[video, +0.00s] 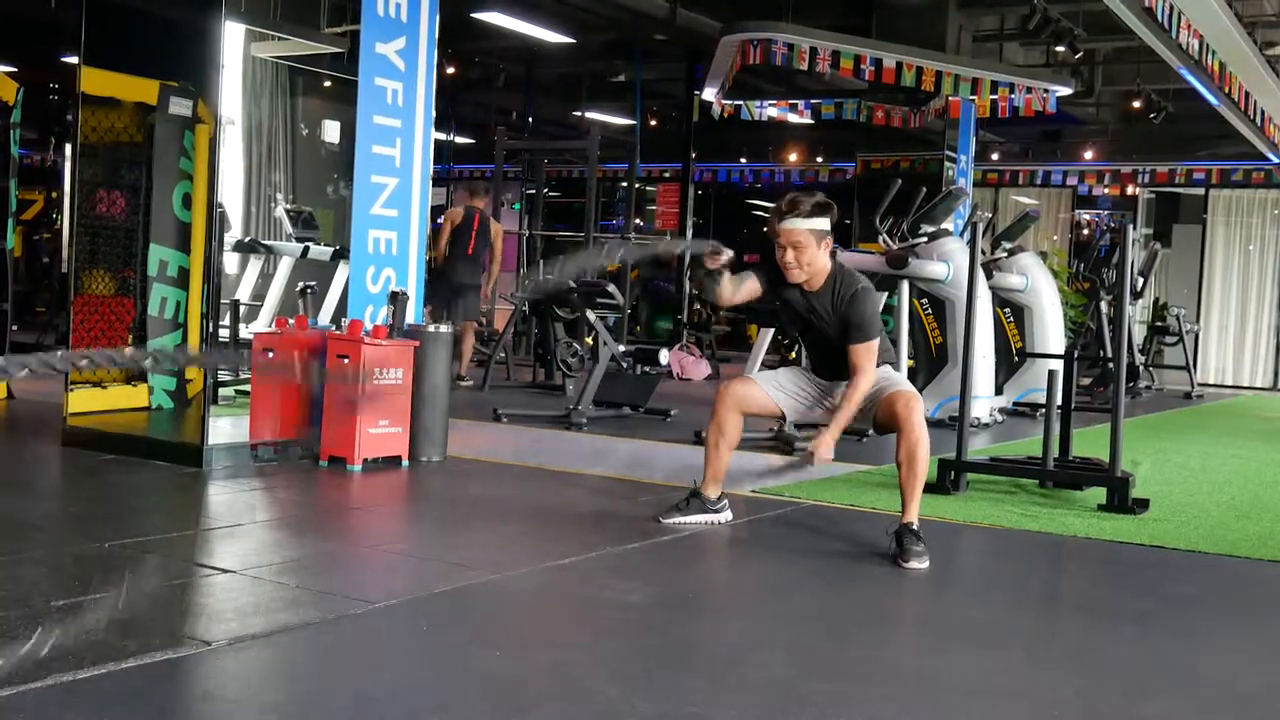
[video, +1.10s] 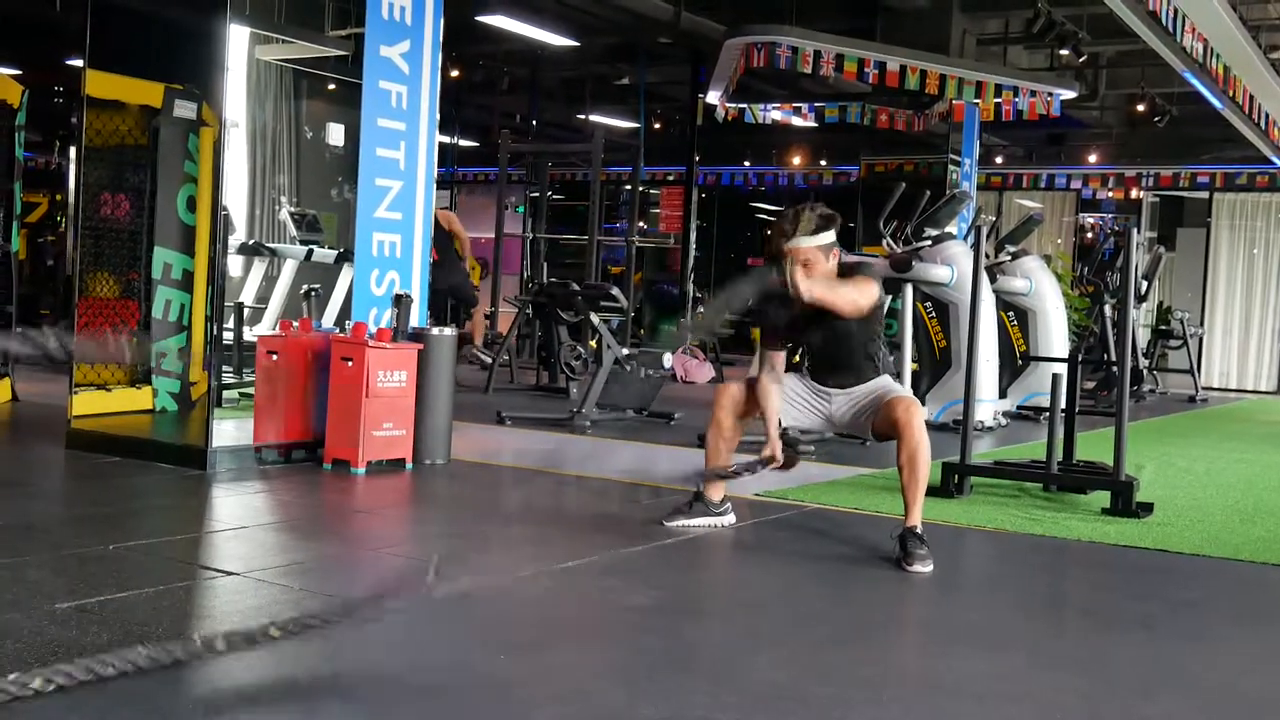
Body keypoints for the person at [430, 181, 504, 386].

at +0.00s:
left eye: (470, 195)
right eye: (484, 199)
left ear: (468, 195)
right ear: (487, 199)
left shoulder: (453, 214)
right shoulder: (494, 226)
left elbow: (440, 246)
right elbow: (496, 260)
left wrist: (440, 268)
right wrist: (489, 286)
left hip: (447, 278)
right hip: (471, 282)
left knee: (438, 323)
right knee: (468, 329)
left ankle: (435, 371)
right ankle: (462, 374)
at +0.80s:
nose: (454, 203)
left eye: (449, 199)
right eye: (458, 199)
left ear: (442, 200)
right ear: (459, 200)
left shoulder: (432, 223)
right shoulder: (470, 223)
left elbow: (424, 252)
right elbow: (481, 253)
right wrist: (478, 274)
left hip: (438, 281)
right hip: (463, 281)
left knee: (435, 328)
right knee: (465, 327)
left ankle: (434, 372)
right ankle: (463, 371)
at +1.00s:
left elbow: (424, 261)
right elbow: (467, 257)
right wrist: (470, 276)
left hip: (436, 284)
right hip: (458, 282)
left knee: (438, 326)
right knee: (476, 314)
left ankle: (439, 366)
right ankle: (475, 351)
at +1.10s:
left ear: (420, 202)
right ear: (433, 200)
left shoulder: (413, 221)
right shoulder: (445, 216)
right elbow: (464, 237)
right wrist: (466, 261)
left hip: (431, 279)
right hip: (453, 276)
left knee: (435, 319)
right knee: (476, 308)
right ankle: (477, 347)